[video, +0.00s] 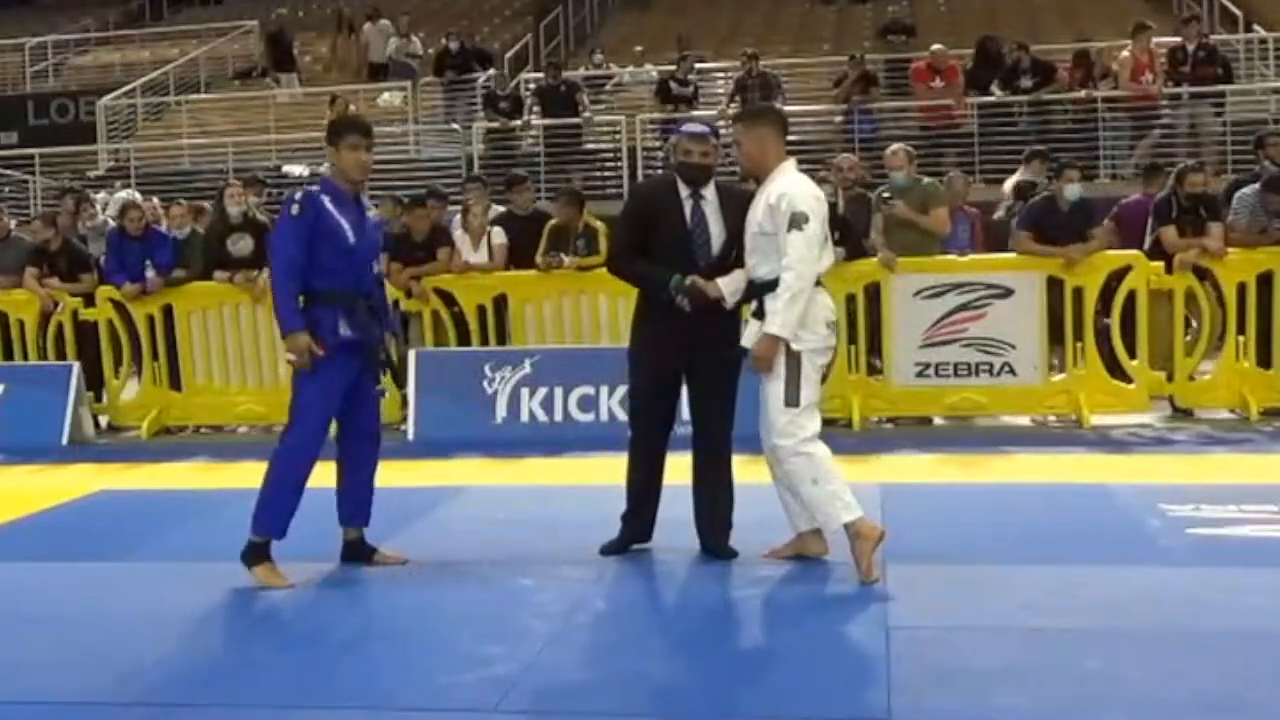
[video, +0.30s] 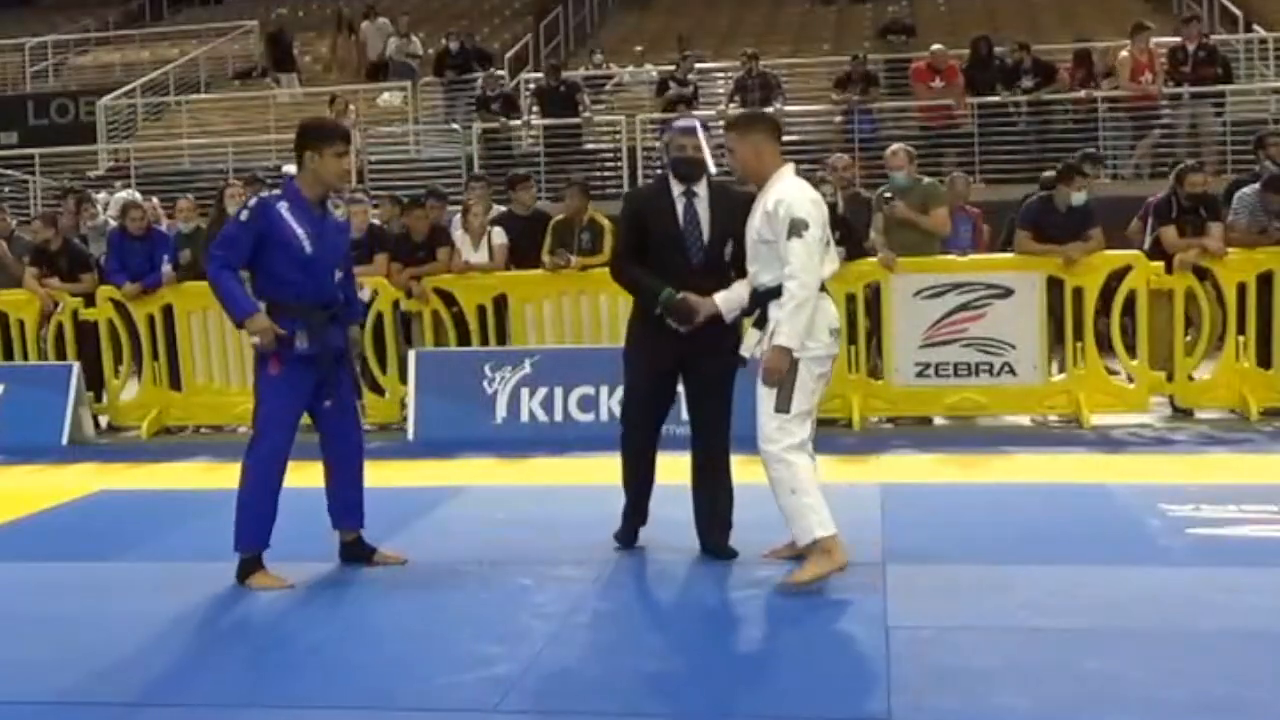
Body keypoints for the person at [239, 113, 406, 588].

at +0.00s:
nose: (364, 159)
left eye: (368, 150)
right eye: (354, 150)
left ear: (371, 156)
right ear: (332, 154)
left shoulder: (362, 211)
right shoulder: (304, 205)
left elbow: (369, 276)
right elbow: (283, 271)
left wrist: (383, 326)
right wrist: (293, 329)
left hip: (365, 336)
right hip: (324, 336)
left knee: (362, 438)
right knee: (304, 438)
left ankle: (355, 540)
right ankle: (259, 545)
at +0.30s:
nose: (348, 166)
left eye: (348, 157)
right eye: (339, 157)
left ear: (332, 160)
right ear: (310, 159)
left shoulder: (335, 221)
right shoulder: (266, 210)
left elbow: (346, 281)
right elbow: (219, 264)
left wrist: (354, 321)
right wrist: (250, 314)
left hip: (332, 348)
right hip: (284, 348)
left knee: (346, 445)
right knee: (268, 452)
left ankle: (352, 541)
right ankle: (250, 560)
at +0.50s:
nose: (340, 167)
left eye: (341, 158)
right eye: (333, 158)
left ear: (317, 160)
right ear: (304, 158)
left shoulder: (326, 212)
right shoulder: (260, 206)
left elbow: (332, 273)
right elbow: (213, 268)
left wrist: (341, 318)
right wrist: (238, 333)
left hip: (325, 336)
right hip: (279, 336)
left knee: (341, 441)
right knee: (271, 447)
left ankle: (331, 545)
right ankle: (250, 560)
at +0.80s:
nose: (351, 162)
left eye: (351, 153)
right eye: (344, 153)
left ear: (329, 156)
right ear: (316, 155)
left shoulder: (337, 207)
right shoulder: (276, 207)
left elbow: (340, 269)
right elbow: (245, 276)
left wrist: (353, 306)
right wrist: (275, 336)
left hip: (338, 328)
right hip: (297, 330)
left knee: (333, 443)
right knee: (294, 443)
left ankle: (309, 548)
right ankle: (253, 551)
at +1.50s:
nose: (475, 241)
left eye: (478, 231)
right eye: (473, 229)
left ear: (444, 219)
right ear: (447, 219)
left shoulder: (403, 231)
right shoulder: (405, 254)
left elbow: (417, 310)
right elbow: (417, 319)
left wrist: (478, 346)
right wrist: (490, 350)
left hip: (310, 332)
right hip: (330, 345)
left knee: (321, 441)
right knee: (380, 454)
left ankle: (297, 547)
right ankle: (385, 566)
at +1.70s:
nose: (484, 257)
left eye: (485, 248)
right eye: (479, 247)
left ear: (449, 236)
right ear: (453, 241)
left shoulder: (410, 237)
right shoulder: (425, 279)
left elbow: (361, 261)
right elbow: (470, 335)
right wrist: (546, 344)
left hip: (308, 329)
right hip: (331, 349)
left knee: (308, 439)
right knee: (384, 451)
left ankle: (285, 539)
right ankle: (387, 566)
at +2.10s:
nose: (455, 225)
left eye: (455, 216)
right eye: (450, 215)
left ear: (419, 212)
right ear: (423, 212)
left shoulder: (382, 226)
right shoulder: (394, 258)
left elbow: (340, 276)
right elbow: (441, 316)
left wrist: (364, 328)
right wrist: (499, 354)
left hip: (309, 333)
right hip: (321, 347)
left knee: (332, 442)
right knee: (376, 450)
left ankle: (287, 529)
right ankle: (385, 565)